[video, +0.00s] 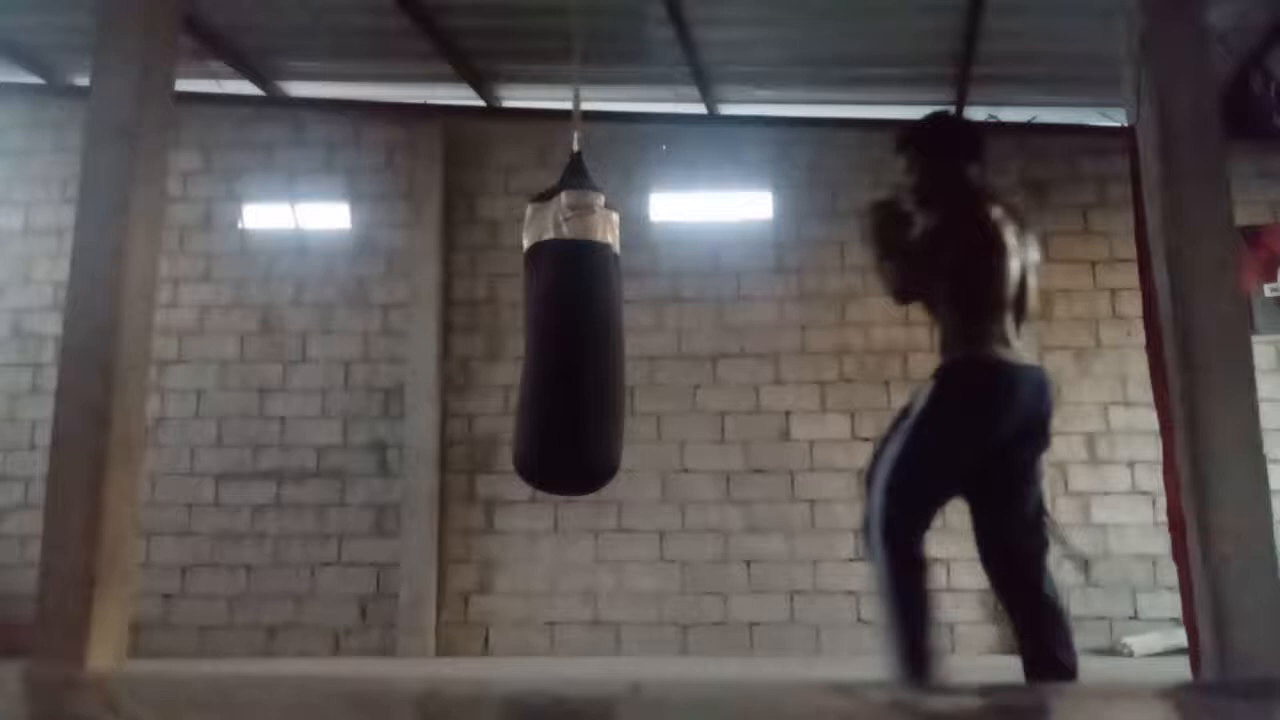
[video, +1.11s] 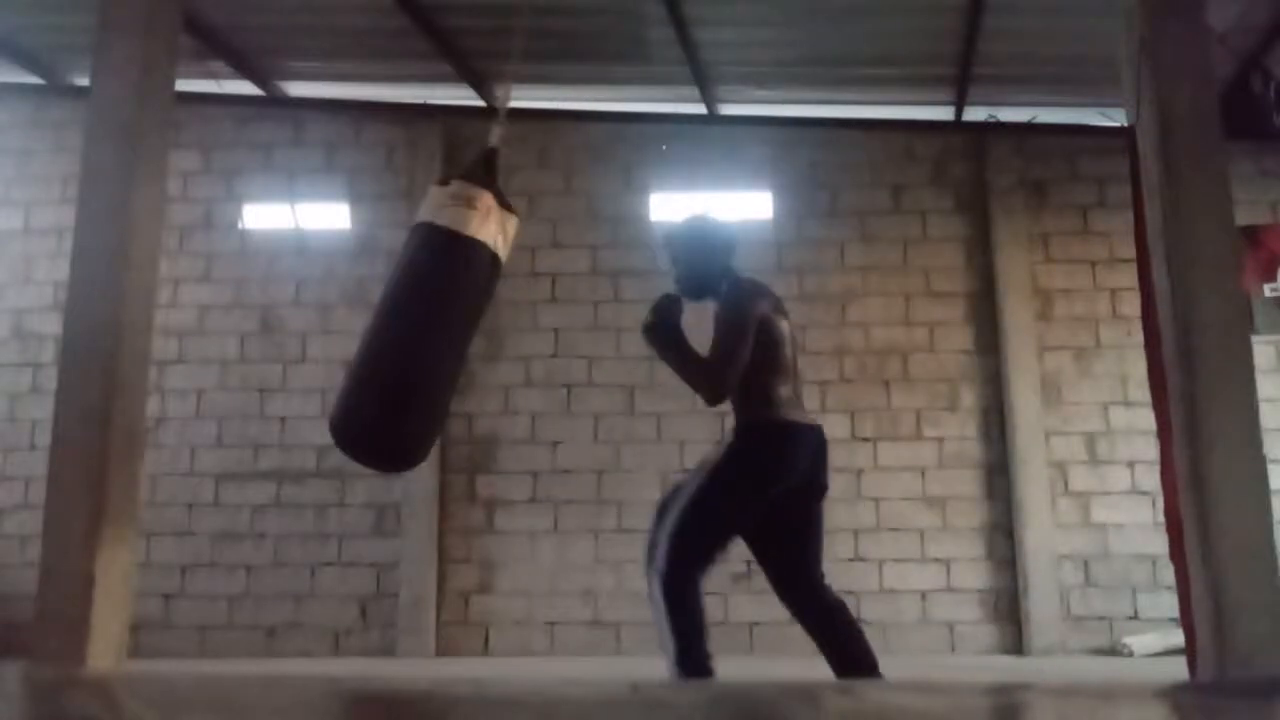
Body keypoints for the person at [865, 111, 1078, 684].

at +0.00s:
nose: (906, 178)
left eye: (913, 164)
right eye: (906, 165)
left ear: (940, 165)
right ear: (969, 162)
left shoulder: (955, 223)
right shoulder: (1013, 225)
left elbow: (907, 284)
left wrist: (888, 233)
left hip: (969, 385)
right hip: (1024, 385)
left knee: (891, 511)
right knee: (1013, 545)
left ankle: (916, 672)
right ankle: (1054, 680)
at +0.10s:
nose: (890, 195)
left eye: (898, 181)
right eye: (889, 181)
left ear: (925, 180)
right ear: (944, 180)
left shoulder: (939, 238)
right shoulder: (985, 238)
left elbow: (890, 305)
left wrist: (854, 259)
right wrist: (874, 257)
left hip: (950, 399)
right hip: (1002, 398)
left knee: (871, 527)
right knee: (1008, 565)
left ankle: (839, 678)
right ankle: (1058, 694)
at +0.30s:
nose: (815, 236)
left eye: (819, 227)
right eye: (817, 227)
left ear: (831, 228)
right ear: (870, 226)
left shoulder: (825, 270)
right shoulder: (911, 272)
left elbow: (745, 305)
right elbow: (931, 354)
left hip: (858, 429)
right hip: (923, 427)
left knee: (778, 576)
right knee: (959, 579)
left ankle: (722, 700)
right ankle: (1039, 695)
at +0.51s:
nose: (706, 248)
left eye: (712, 237)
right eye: (711, 238)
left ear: (728, 238)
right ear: (757, 234)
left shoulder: (754, 272)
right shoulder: (787, 281)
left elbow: (682, 326)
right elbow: (748, 340)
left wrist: (650, 326)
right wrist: (681, 332)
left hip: (805, 436)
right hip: (845, 430)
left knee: (741, 570)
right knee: (886, 580)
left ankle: (722, 701)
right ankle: (1006, 680)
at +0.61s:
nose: (681, 277)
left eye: (682, 264)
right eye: (678, 267)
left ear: (701, 251)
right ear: (713, 252)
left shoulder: (754, 272)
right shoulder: (716, 300)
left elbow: (739, 335)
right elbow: (652, 340)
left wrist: (671, 312)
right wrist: (574, 339)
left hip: (793, 431)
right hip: (823, 432)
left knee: (735, 568)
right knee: (886, 567)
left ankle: (724, 702)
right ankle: (1000, 675)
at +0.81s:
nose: (651, 261)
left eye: (653, 250)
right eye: (647, 251)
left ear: (675, 242)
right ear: (698, 237)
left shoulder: (713, 277)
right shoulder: (742, 286)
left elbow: (656, 343)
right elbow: (724, 388)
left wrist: (636, 282)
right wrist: (655, 362)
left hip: (773, 425)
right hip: (810, 421)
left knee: (735, 568)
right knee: (818, 567)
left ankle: (729, 701)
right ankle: (923, 677)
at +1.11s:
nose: (673, 272)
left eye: (679, 258)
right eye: (671, 260)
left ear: (707, 256)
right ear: (718, 256)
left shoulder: (741, 297)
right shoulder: (761, 299)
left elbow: (715, 387)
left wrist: (667, 337)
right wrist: (675, 342)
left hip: (764, 447)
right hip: (799, 446)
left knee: (675, 560)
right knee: (801, 585)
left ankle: (694, 688)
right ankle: (872, 695)